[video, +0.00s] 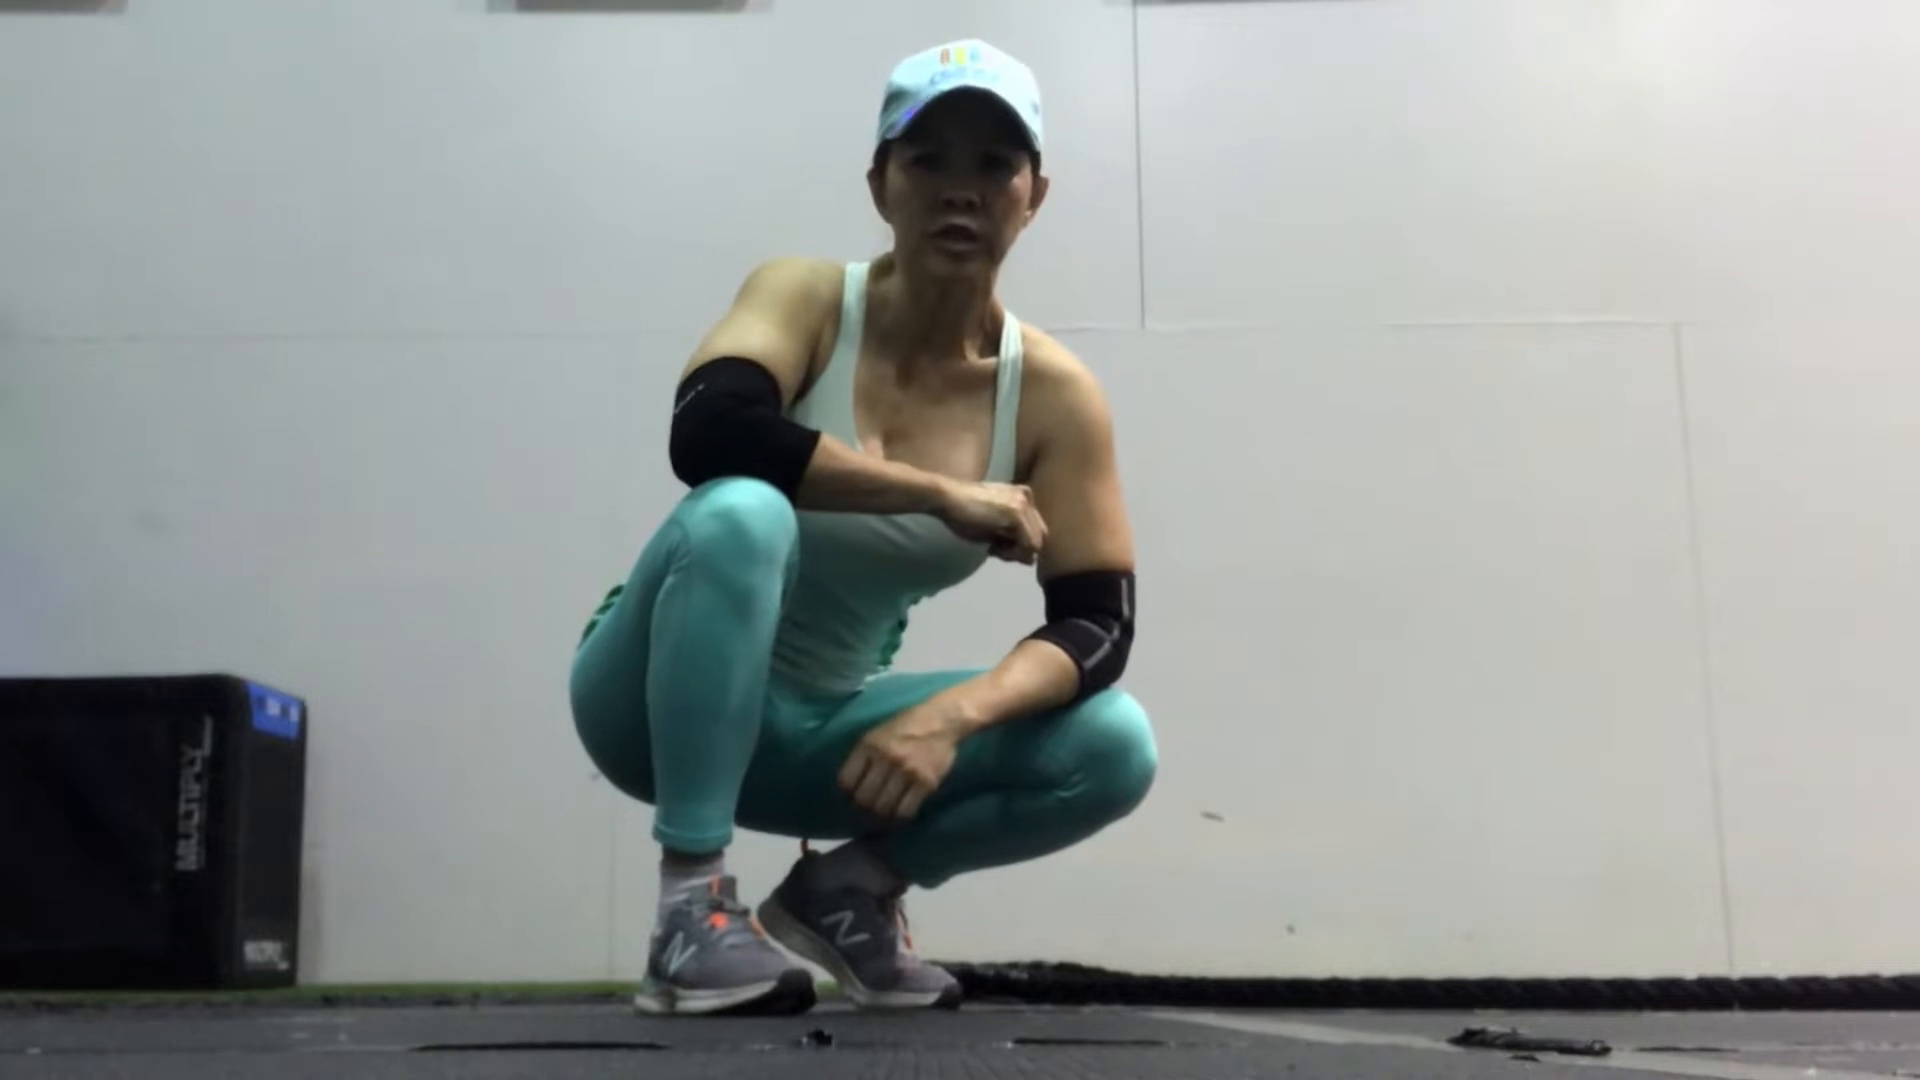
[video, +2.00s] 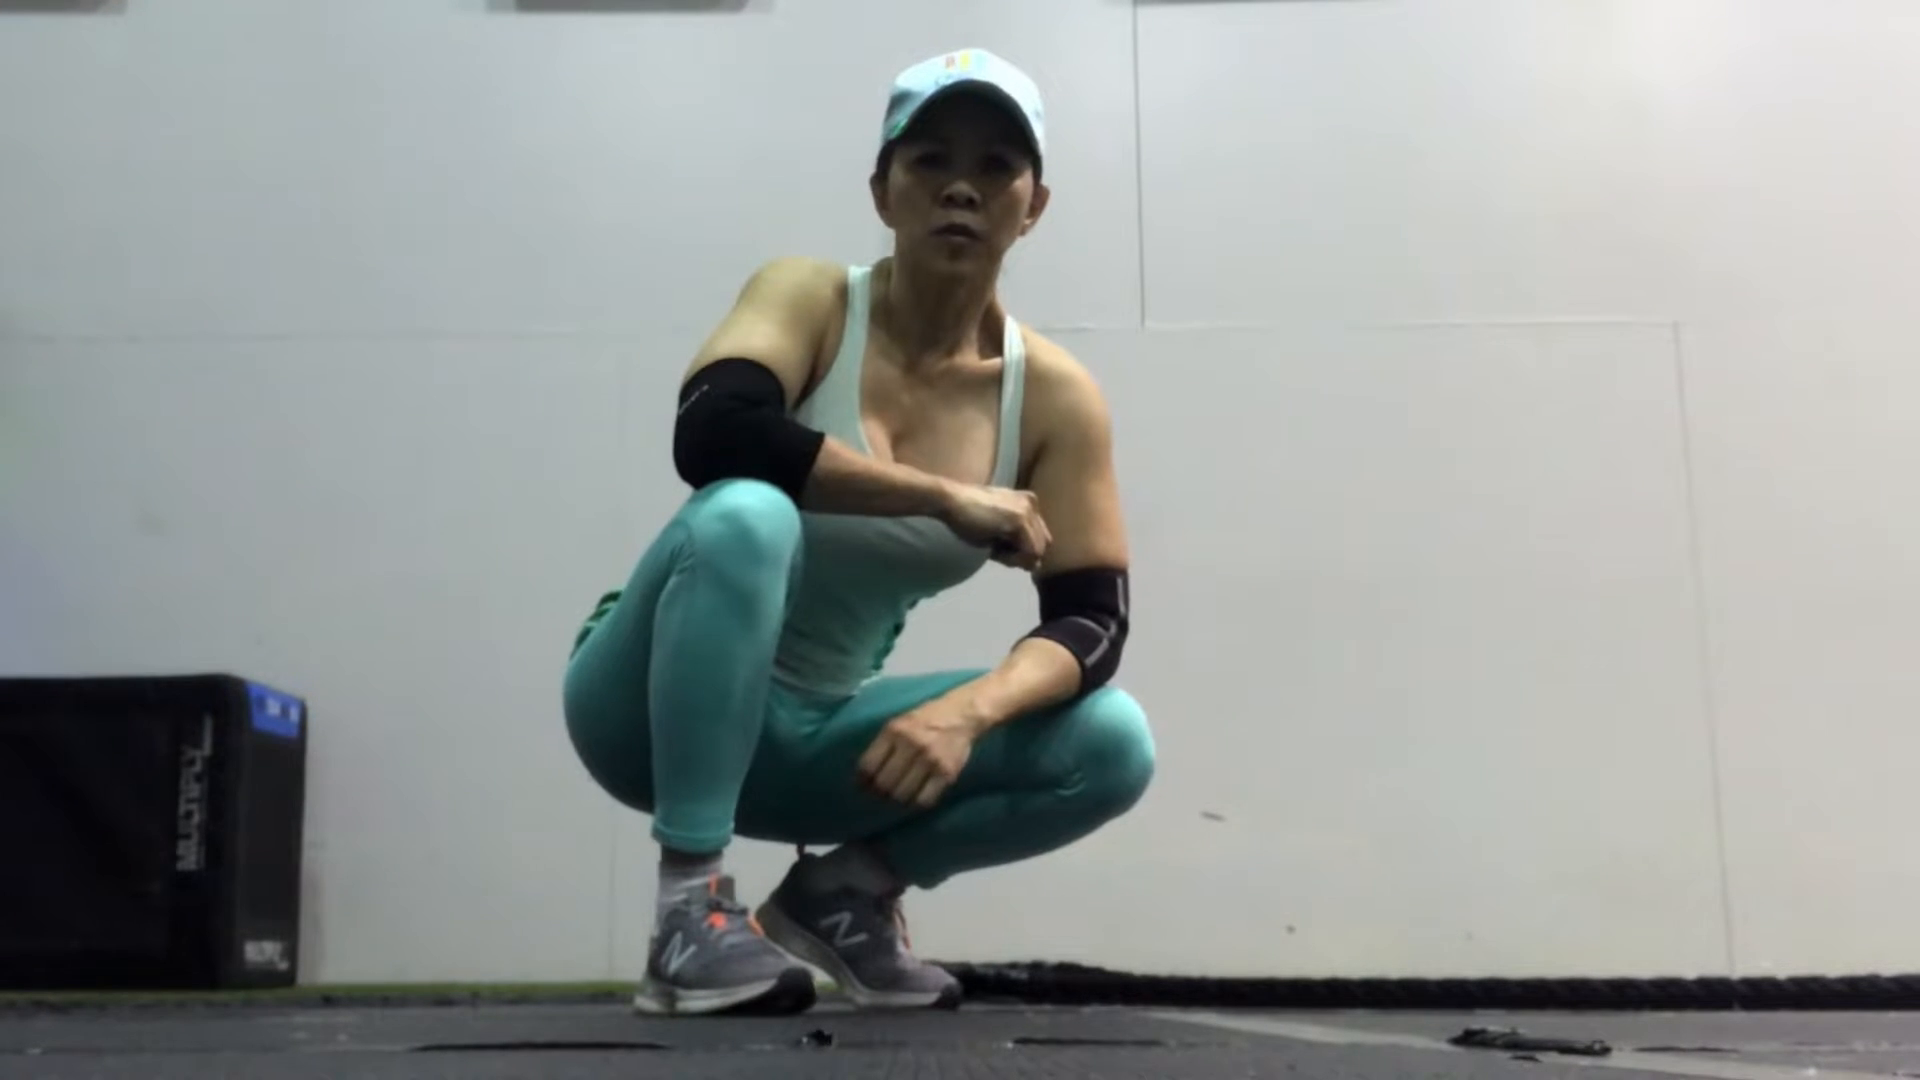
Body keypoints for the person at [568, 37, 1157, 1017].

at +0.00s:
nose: (960, 189)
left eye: (993, 163)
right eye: (929, 159)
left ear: (1034, 195)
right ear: (881, 182)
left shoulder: (1054, 394)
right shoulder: (800, 298)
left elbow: (1094, 627)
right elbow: (711, 436)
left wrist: (951, 712)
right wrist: (942, 497)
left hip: (829, 732)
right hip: (666, 699)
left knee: (1112, 748)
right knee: (741, 516)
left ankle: (845, 888)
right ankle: (692, 909)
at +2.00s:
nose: (960, 187)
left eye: (992, 165)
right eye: (931, 159)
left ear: (1033, 202)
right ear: (883, 189)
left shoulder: (1054, 398)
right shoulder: (804, 297)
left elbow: (1090, 621)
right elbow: (714, 434)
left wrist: (968, 710)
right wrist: (943, 498)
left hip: (821, 740)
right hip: (658, 705)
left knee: (1110, 745)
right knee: (747, 517)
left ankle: (840, 891)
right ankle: (691, 910)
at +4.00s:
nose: (956, 192)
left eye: (988, 169)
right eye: (926, 165)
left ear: (1029, 205)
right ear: (880, 193)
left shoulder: (1048, 396)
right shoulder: (801, 307)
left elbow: (1088, 619)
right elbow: (732, 437)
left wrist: (973, 707)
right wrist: (961, 496)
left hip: (824, 746)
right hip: (661, 711)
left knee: (1110, 740)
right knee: (758, 519)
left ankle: (841, 894)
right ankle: (691, 910)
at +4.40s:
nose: (958, 194)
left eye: (989, 171)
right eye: (927, 166)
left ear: (1030, 205)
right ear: (881, 193)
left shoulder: (1052, 397)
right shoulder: (804, 304)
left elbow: (1088, 620)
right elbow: (735, 439)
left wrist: (974, 708)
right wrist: (963, 500)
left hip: (823, 745)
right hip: (660, 710)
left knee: (1109, 742)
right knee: (762, 520)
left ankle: (841, 894)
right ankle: (693, 909)